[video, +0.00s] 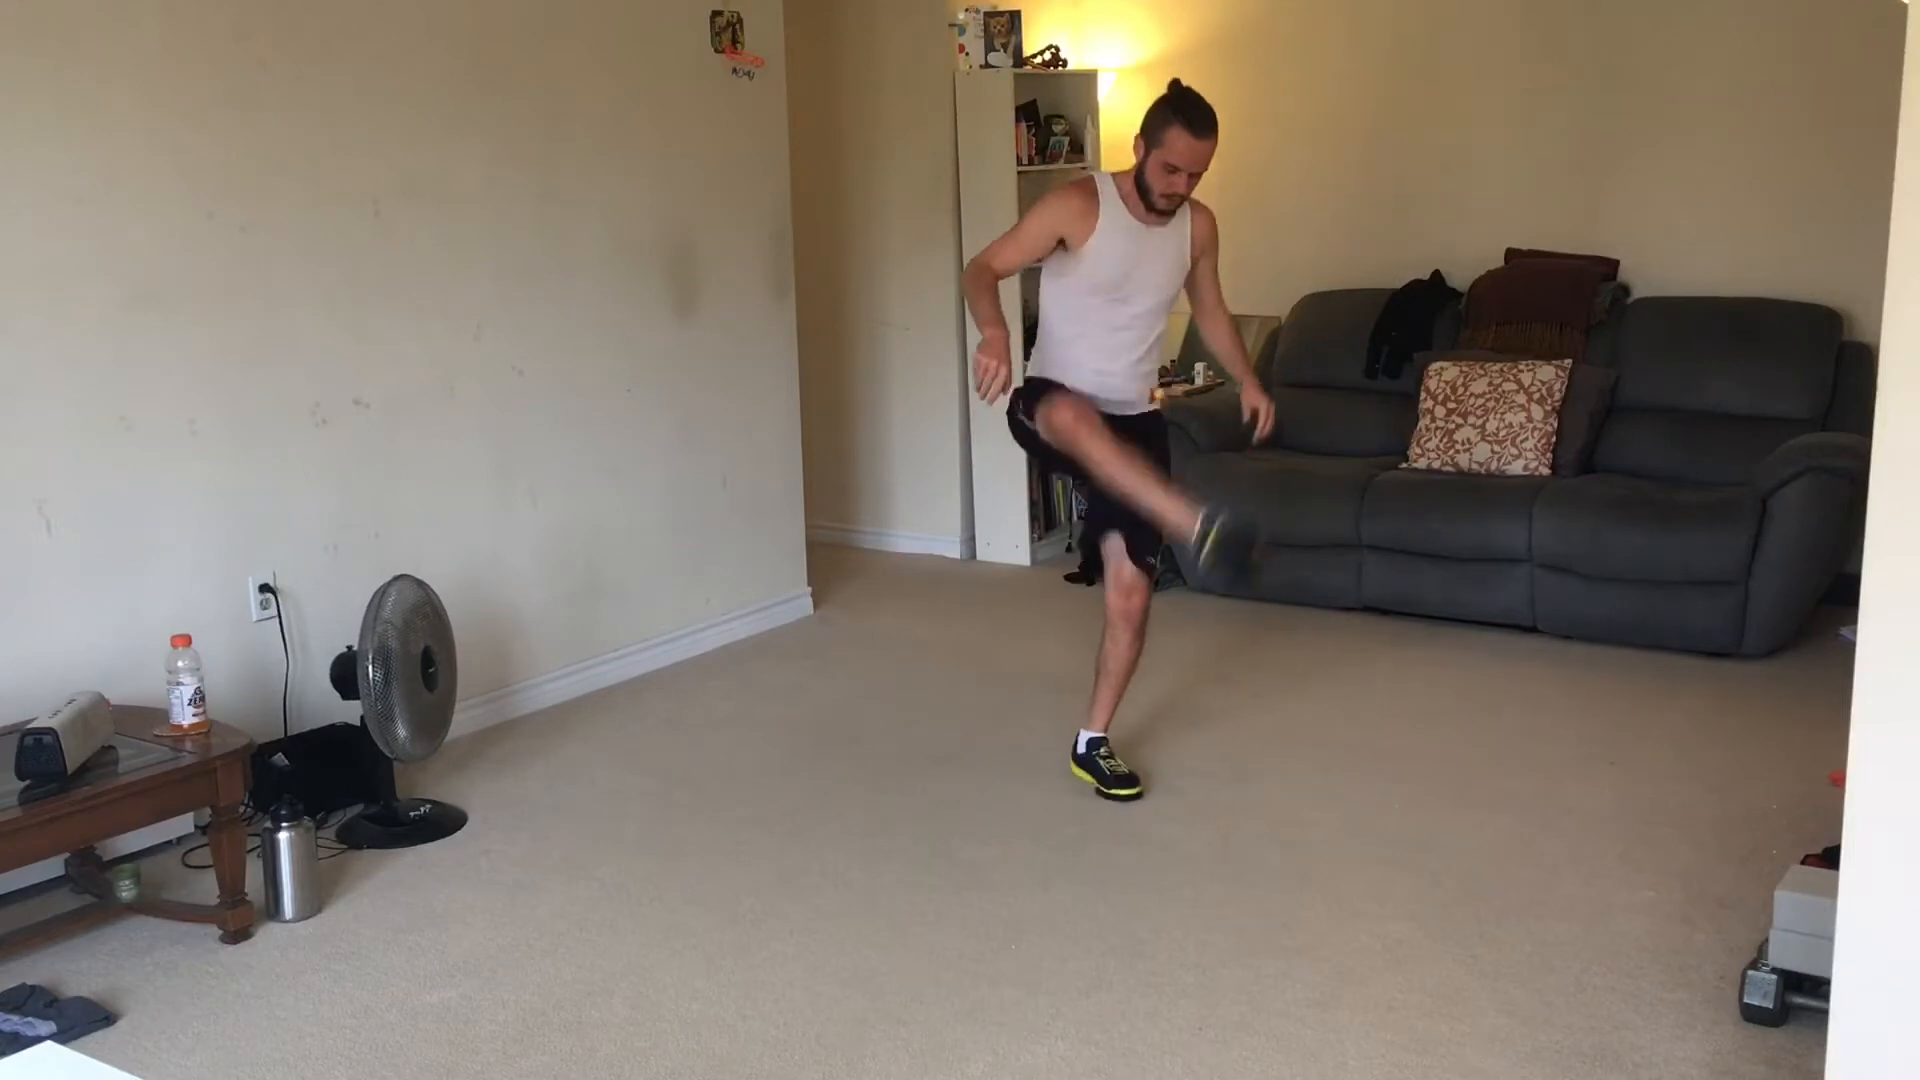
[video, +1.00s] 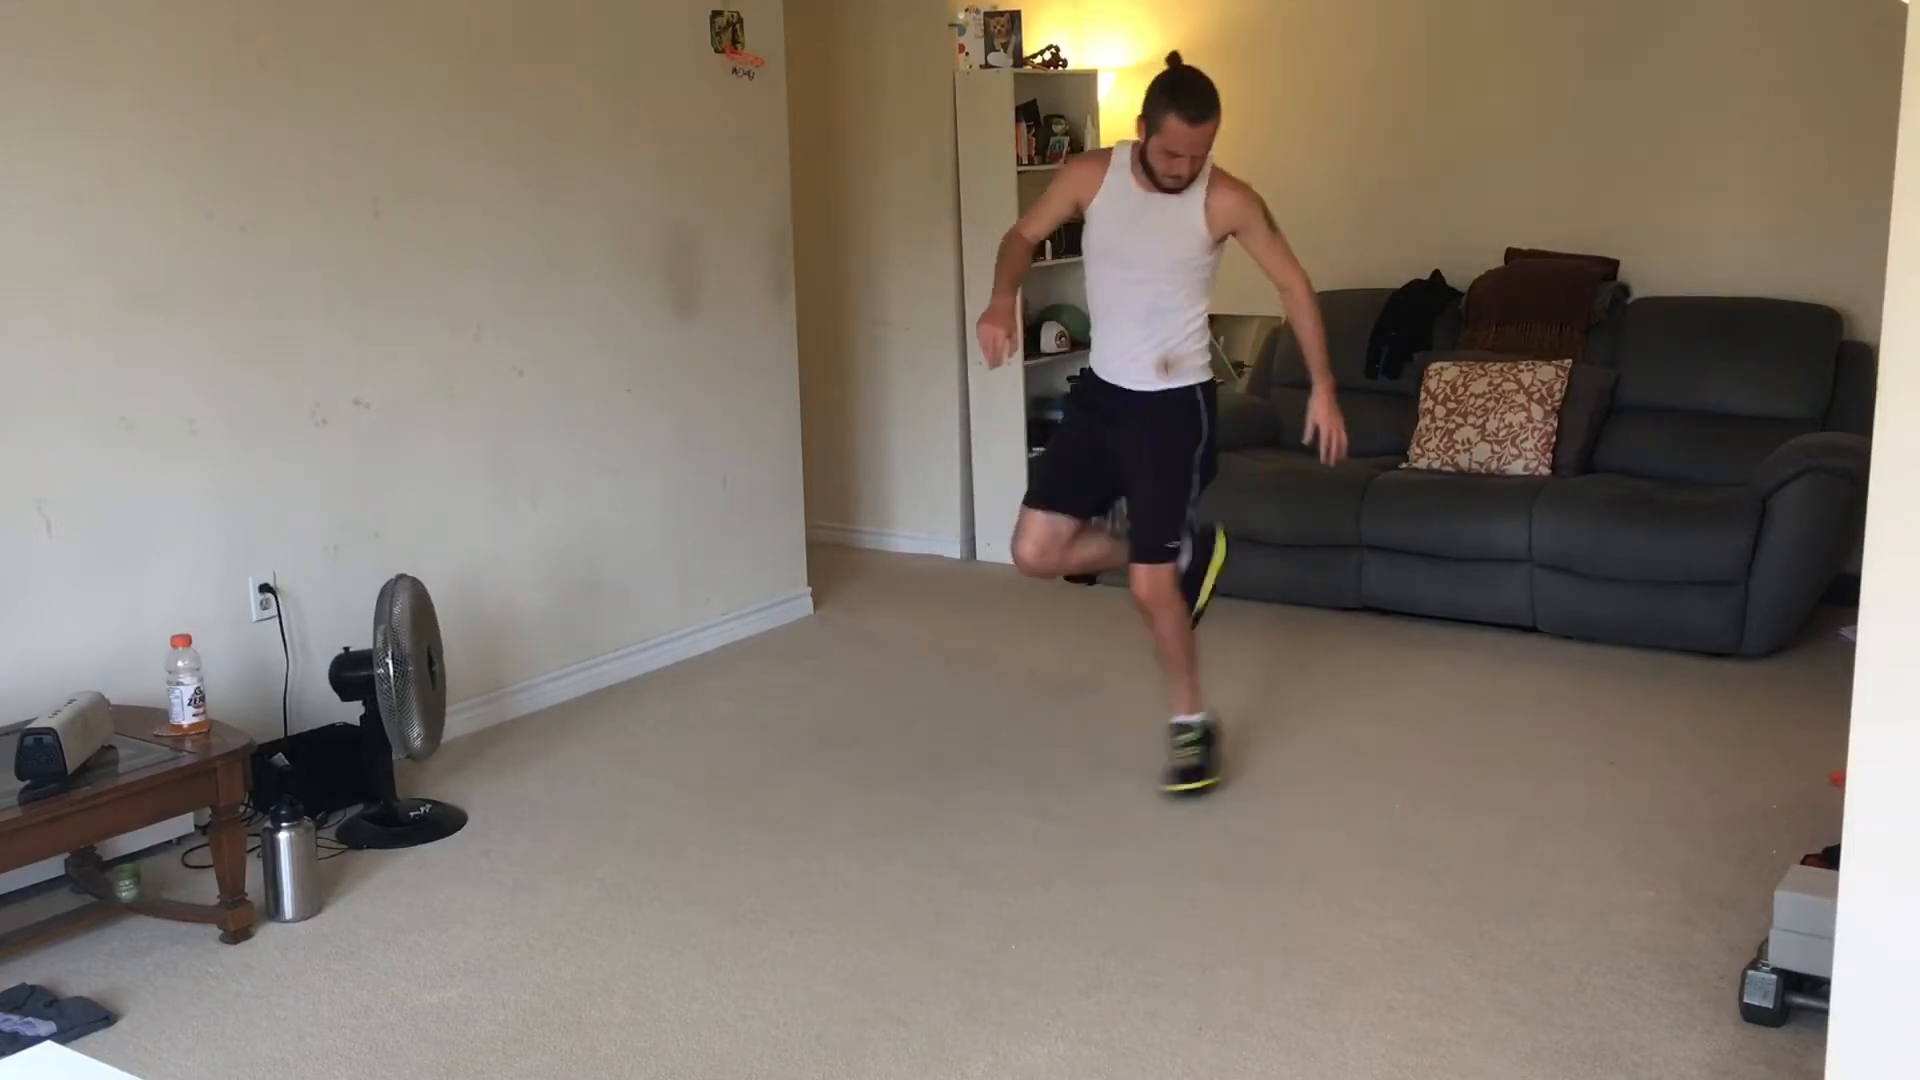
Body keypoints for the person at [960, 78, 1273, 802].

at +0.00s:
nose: (1181, 185)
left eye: (1195, 174)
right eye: (1170, 168)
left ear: (1207, 164)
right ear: (1139, 148)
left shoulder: (1196, 224)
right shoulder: (1076, 205)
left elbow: (1211, 314)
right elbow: (981, 271)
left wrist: (1247, 379)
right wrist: (992, 330)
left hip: (1135, 415)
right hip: (1055, 400)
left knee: (1130, 592)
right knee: (1066, 412)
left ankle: (1092, 740)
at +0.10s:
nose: (1185, 189)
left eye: (1199, 178)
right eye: (1175, 172)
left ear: (1213, 168)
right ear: (1146, 149)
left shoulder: (1199, 230)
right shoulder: (1078, 199)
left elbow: (1213, 316)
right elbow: (977, 255)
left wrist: (1239, 390)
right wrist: (986, 321)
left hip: (1128, 412)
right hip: (1047, 397)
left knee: (1135, 580)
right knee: (1088, 493)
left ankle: (1094, 741)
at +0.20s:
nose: (1189, 186)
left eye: (1205, 176)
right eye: (1179, 169)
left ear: (1217, 164)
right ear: (1151, 143)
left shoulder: (1204, 224)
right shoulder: (1077, 189)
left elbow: (1234, 310)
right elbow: (972, 229)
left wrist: (1242, 380)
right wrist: (975, 301)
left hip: (1127, 418)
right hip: (1042, 406)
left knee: (1119, 593)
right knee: (1059, 549)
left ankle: (1093, 738)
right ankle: (1060, 621)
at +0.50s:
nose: (1163, 288)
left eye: (1178, 279)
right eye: (1155, 273)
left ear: (1197, 260)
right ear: (1129, 238)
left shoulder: (1193, 302)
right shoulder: (1067, 240)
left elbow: (1261, 385)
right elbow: (988, 262)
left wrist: (1235, 470)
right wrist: (968, 350)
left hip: (1104, 471)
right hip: (1028, 450)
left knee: (1048, 623)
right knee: (957, 574)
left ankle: (1062, 755)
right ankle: (1094, 653)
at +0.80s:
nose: (1141, 237)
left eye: (1156, 226)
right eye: (1130, 223)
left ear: (1174, 205)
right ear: (1103, 195)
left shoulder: (1182, 265)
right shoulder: (1058, 219)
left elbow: (1250, 353)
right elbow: (986, 266)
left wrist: (1278, 455)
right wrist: (980, 339)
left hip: (1139, 444)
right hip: (1073, 435)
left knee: (1060, 602)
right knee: (1016, 584)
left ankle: (1064, 752)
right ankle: (1168, 642)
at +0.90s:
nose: (1153, 191)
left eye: (1167, 180)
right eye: (1141, 177)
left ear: (1188, 160)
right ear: (1115, 152)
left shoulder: (1203, 219)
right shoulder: (1071, 189)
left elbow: (1266, 287)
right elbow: (998, 247)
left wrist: (1294, 379)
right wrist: (1006, 305)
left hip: (1157, 416)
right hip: (1092, 408)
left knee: (1104, 581)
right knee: (1016, 540)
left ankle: (1098, 749)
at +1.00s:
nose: (1182, 166)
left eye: (1195, 154)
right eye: (1170, 152)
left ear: (1213, 138)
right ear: (1143, 129)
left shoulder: (1228, 201)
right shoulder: (1090, 175)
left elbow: (1295, 288)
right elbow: (1024, 236)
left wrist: (1323, 387)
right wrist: (1001, 299)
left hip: (1174, 406)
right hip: (1098, 395)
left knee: (1153, 583)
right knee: (1037, 551)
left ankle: (1189, 724)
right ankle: (1181, 556)